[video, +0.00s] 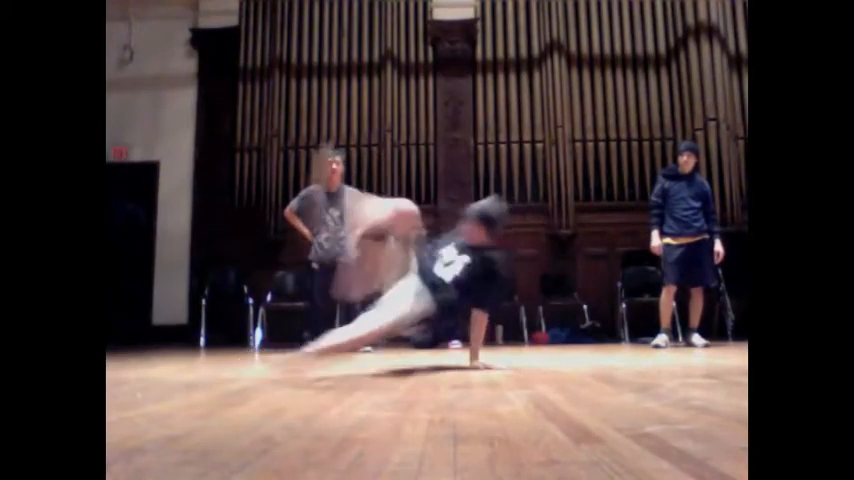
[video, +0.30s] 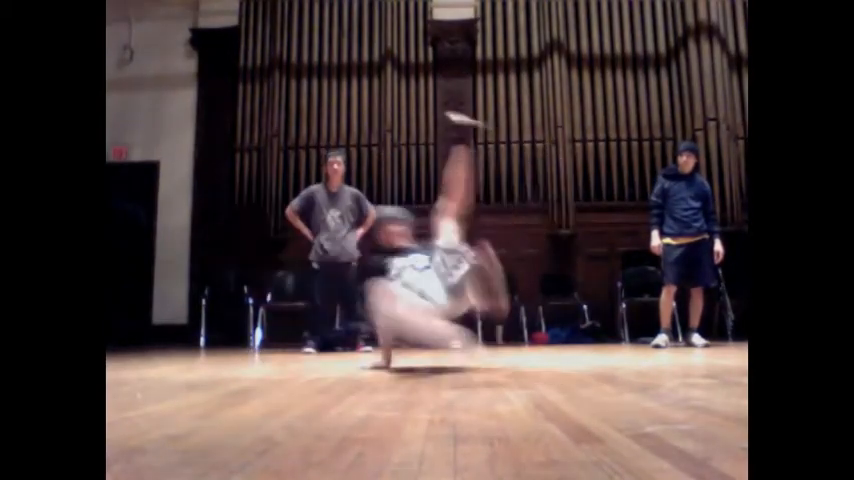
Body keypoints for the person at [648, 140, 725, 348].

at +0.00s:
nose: (686, 160)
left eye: (690, 156)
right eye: (683, 156)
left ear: (696, 160)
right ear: (677, 158)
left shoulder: (701, 184)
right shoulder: (665, 181)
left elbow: (711, 215)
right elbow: (656, 208)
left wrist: (716, 239)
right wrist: (655, 234)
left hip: (699, 240)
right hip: (673, 241)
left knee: (697, 288)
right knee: (669, 287)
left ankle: (693, 332)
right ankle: (664, 332)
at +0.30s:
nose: (685, 160)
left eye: (690, 156)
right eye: (682, 156)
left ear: (696, 160)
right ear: (677, 159)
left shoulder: (701, 184)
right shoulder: (665, 181)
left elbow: (710, 214)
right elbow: (656, 208)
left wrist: (716, 239)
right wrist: (655, 233)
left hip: (699, 239)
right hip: (673, 240)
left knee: (697, 288)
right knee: (669, 287)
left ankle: (693, 332)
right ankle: (664, 332)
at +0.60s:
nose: (685, 161)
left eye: (689, 156)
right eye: (682, 156)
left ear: (696, 160)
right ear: (677, 159)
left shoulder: (701, 184)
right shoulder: (664, 181)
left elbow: (710, 214)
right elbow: (655, 208)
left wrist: (716, 239)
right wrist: (655, 233)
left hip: (698, 239)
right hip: (673, 240)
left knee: (697, 288)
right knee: (669, 287)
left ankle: (693, 332)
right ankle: (664, 332)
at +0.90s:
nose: (686, 160)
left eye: (690, 156)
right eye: (682, 156)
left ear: (696, 160)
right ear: (677, 159)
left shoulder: (701, 184)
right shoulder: (664, 181)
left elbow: (710, 215)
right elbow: (655, 208)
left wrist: (716, 240)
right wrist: (654, 233)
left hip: (698, 239)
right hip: (672, 240)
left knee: (697, 288)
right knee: (669, 286)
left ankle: (693, 332)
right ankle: (664, 332)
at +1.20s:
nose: (686, 161)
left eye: (691, 156)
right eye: (683, 156)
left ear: (696, 160)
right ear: (677, 159)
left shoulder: (701, 184)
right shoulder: (665, 181)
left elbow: (710, 215)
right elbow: (655, 208)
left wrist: (716, 239)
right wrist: (654, 233)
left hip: (698, 240)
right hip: (672, 240)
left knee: (697, 287)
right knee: (669, 286)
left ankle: (693, 332)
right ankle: (664, 332)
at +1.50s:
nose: (686, 161)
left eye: (690, 157)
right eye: (683, 156)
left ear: (696, 160)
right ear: (677, 159)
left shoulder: (702, 184)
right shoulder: (665, 181)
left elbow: (710, 215)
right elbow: (655, 208)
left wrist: (716, 239)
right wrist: (655, 233)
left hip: (699, 240)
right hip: (673, 240)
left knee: (697, 287)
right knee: (669, 286)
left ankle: (693, 332)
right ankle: (664, 332)